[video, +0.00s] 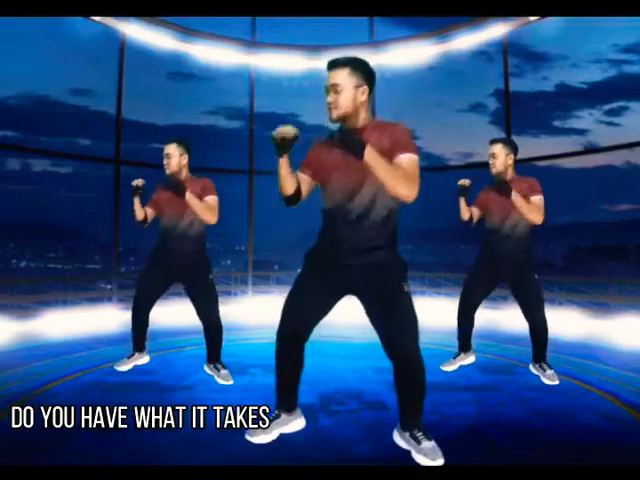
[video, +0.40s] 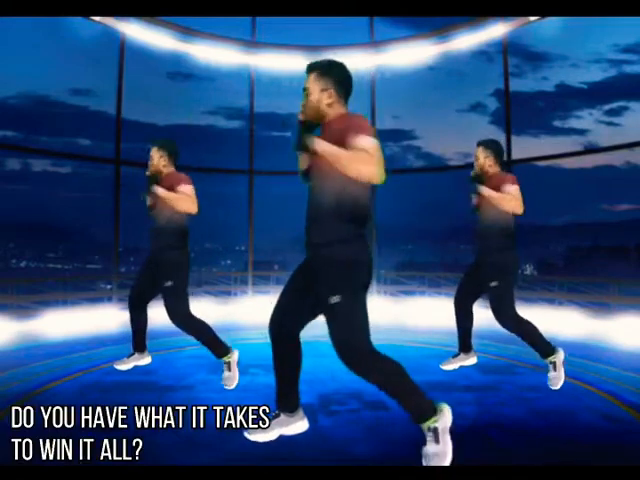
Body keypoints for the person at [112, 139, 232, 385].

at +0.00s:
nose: (166, 161)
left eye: (170, 156)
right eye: (165, 157)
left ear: (185, 159)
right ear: (165, 161)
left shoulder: (204, 185)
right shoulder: (163, 191)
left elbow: (211, 217)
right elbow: (142, 219)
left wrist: (186, 192)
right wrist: (137, 196)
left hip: (194, 261)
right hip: (164, 260)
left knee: (211, 316)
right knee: (141, 304)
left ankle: (214, 363)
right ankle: (139, 353)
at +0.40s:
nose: (150, 160)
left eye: (153, 156)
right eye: (150, 156)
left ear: (165, 158)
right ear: (159, 159)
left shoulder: (179, 180)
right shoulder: (158, 182)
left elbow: (191, 206)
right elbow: (159, 209)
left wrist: (160, 192)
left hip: (174, 256)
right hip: (158, 255)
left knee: (179, 315)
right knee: (137, 299)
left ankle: (227, 356)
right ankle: (140, 353)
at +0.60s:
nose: (155, 164)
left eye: (159, 160)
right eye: (155, 160)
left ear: (168, 161)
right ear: (167, 162)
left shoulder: (165, 178)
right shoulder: (178, 182)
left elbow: (133, 182)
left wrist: (111, 174)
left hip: (169, 256)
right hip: (169, 255)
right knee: (134, 299)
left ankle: (234, 358)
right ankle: (139, 354)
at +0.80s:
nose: (148, 160)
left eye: (151, 155)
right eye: (147, 155)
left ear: (166, 156)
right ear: (154, 159)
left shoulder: (187, 180)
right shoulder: (156, 191)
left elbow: (193, 205)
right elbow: (136, 215)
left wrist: (172, 177)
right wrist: (129, 189)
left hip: (184, 260)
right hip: (158, 259)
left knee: (200, 311)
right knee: (138, 303)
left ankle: (222, 361)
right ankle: (140, 353)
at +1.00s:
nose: (158, 160)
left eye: (162, 155)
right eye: (156, 156)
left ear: (177, 155)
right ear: (158, 158)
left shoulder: (196, 179)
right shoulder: (156, 189)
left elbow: (206, 207)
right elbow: (136, 215)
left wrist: (182, 180)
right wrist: (129, 187)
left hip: (192, 258)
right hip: (162, 259)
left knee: (210, 312)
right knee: (143, 305)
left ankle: (217, 362)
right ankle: (140, 353)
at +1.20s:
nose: (161, 158)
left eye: (165, 153)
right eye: (159, 154)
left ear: (180, 154)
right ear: (162, 157)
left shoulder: (198, 178)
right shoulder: (157, 188)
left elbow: (210, 206)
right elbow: (137, 215)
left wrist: (186, 180)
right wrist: (130, 187)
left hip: (193, 258)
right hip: (162, 259)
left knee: (210, 312)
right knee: (144, 305)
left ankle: (217, 362)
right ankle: (140, 353)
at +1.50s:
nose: (169, 167)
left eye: (174, 162)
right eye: (164, 163)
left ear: (183, 165)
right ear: (159, 167)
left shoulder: (196, 192)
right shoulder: (154, 199)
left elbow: (208, 222)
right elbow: (136, 225)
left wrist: (187, 195)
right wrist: (128, 202)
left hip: (191, 269)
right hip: (160, 269)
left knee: (210, 320)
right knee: (131, 307)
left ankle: (218, 363)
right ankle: (139, 353)